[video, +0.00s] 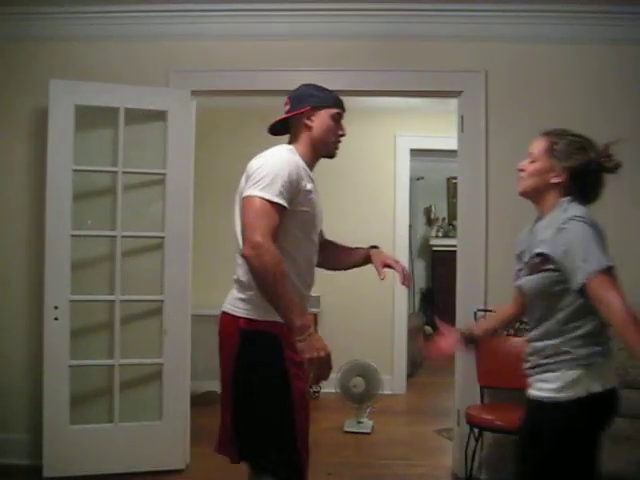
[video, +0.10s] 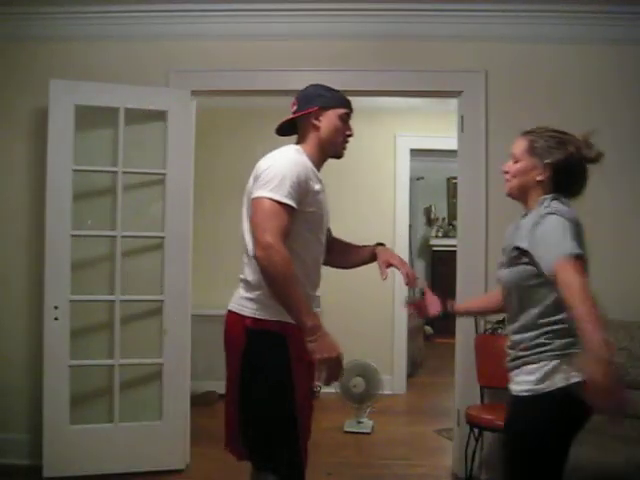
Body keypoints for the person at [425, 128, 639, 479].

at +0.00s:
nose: (520, 165)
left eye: (531, 159)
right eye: (525, 157)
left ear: (557, 175)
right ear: (553, 175)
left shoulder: (572, 227)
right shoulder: (535, 231)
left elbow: (613, 306)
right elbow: (518, 304)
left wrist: (639, 355)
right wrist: (468, 334)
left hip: (573, 395)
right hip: (549, 393)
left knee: (542, 474)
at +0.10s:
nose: (505, 167)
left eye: (515, 160)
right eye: (509, 158)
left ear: (541, 172)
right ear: (536, 172)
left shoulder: (551, 220)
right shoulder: (522, 225)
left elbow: (576, 292)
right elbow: (505, 297)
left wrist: (599, 359)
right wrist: (446, 306)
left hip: (552, 386)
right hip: (530, 385)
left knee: (527, 474)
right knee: (520, 473)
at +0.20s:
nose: (493, 171)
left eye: (501, 162)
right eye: (495, 162)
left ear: (529, 169)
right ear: (526, 171)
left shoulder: (539, 213)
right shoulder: (519, 219)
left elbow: (525, 270)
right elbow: (495, 290)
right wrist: (438, 289)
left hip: (539, 382)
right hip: (519, 380)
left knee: (491, 472)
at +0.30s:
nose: (481, 173)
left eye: (488, 164)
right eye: (483, 164)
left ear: (516, 169)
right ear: (513, 169)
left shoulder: (531, 213)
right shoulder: (506, 222)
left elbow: (493, 225)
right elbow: (492, 292)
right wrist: (439, 279)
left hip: (528, 382)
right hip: (506, 379)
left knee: (484, 474)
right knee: (474, 471)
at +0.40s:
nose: (472, 175)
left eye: (478, 166)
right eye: (473, 166)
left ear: (506, 169)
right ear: (504, 169)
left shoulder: (521, 214)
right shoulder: (499, 222)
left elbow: (459, 201)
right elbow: (481, 287)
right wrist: (436, 271)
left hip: (511, 379)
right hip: (492, 375)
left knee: (477, 473)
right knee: (480, 472)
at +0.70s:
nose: (448, 174)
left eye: (457, 166)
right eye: (450, 166)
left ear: (484, 172)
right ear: (479, 171)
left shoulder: (493, 213)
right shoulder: (476, 217)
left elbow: (423, 186)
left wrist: (356, 148)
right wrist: (417, 254)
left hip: (485, 371)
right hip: (471, 368)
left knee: (452, 469)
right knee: (452, 468)